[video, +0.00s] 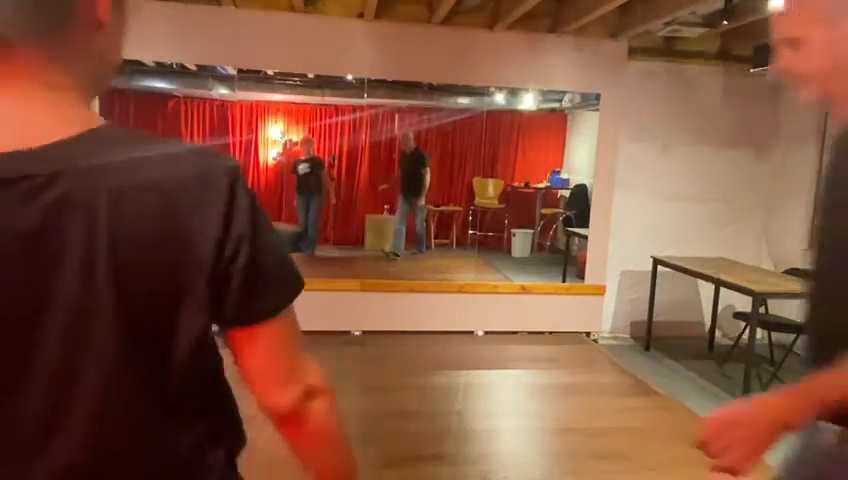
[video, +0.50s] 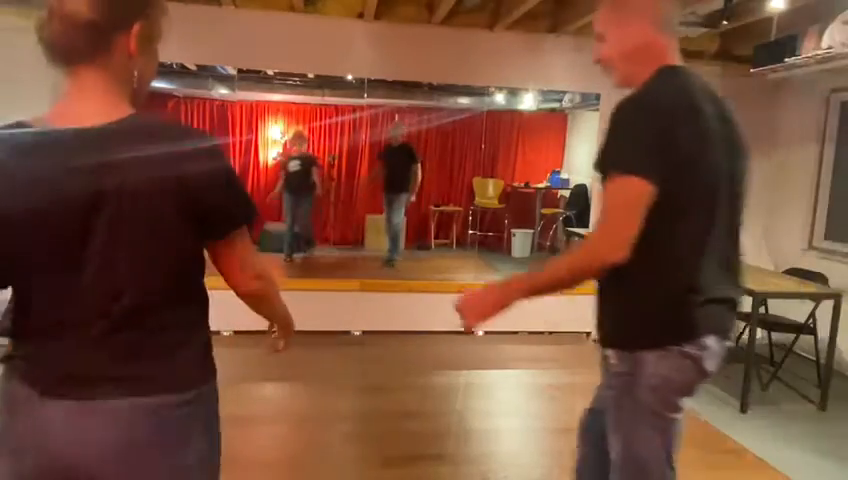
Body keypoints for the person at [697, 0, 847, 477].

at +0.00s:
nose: (779, 66)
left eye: (795, 44)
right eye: (778, 47)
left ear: (843, 35)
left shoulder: (841, 143)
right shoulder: (838, 139)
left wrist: (777, 411)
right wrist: (790, 412)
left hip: (836, 435)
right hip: (829, 430)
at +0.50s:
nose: (597, 54)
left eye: (602, 37)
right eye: (597, 39)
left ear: (641, 33)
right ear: (651, 35)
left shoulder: (648, 108)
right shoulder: (710, 106)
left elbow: (612, 243)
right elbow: (702, 232)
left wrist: (505, 291)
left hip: (655, 342)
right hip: (696, 332)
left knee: (640, 471)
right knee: (598, 440)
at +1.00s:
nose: (486, 68)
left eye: (491, 56)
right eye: (486, 57)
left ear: (516, 52)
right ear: (530, 54)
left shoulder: (519, 118)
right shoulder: (572, 118)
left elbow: (482, 220)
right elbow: (557, 209)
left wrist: (396, 252)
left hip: (512, 292)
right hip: (559, 289)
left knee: (468, 405)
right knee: (518, 414)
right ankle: (512, 478)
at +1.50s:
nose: (411, 77)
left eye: (415, 69)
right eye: (412, 69)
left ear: (434, 68)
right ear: (454, 69)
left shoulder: (434, 131)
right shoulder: (486, 126)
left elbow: (412, 218)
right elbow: (482, 204)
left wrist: (355, 249)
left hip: (436, 274)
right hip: (483, 271)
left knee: (417, 370)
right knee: (476, 384)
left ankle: (396, 460)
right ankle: (490, 475)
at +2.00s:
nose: (371, 84)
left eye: (377, 76)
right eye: (370, 77)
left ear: (402, 75)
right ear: (384, 79)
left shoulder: (410, 127)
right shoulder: (397, 124)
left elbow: (409, 205)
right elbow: (374, 182)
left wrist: (357, 235)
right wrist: (329, 187)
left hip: (402, 259)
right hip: (391, 255)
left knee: (378, 356)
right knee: (372, 337)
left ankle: (397, 461)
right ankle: (367, 404)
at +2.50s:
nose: (351, 93)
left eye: (358, 85)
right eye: (348, 87)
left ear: (380, 85)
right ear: (349, 90)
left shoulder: (397, 133)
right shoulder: (355, 137)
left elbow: (412, 197)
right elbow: (333, 184)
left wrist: (365, 236)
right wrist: (290, 201)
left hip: (386, 247)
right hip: (358, 244)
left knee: (340, 322)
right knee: (351, 327)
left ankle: (371, 415)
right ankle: (352, 404)